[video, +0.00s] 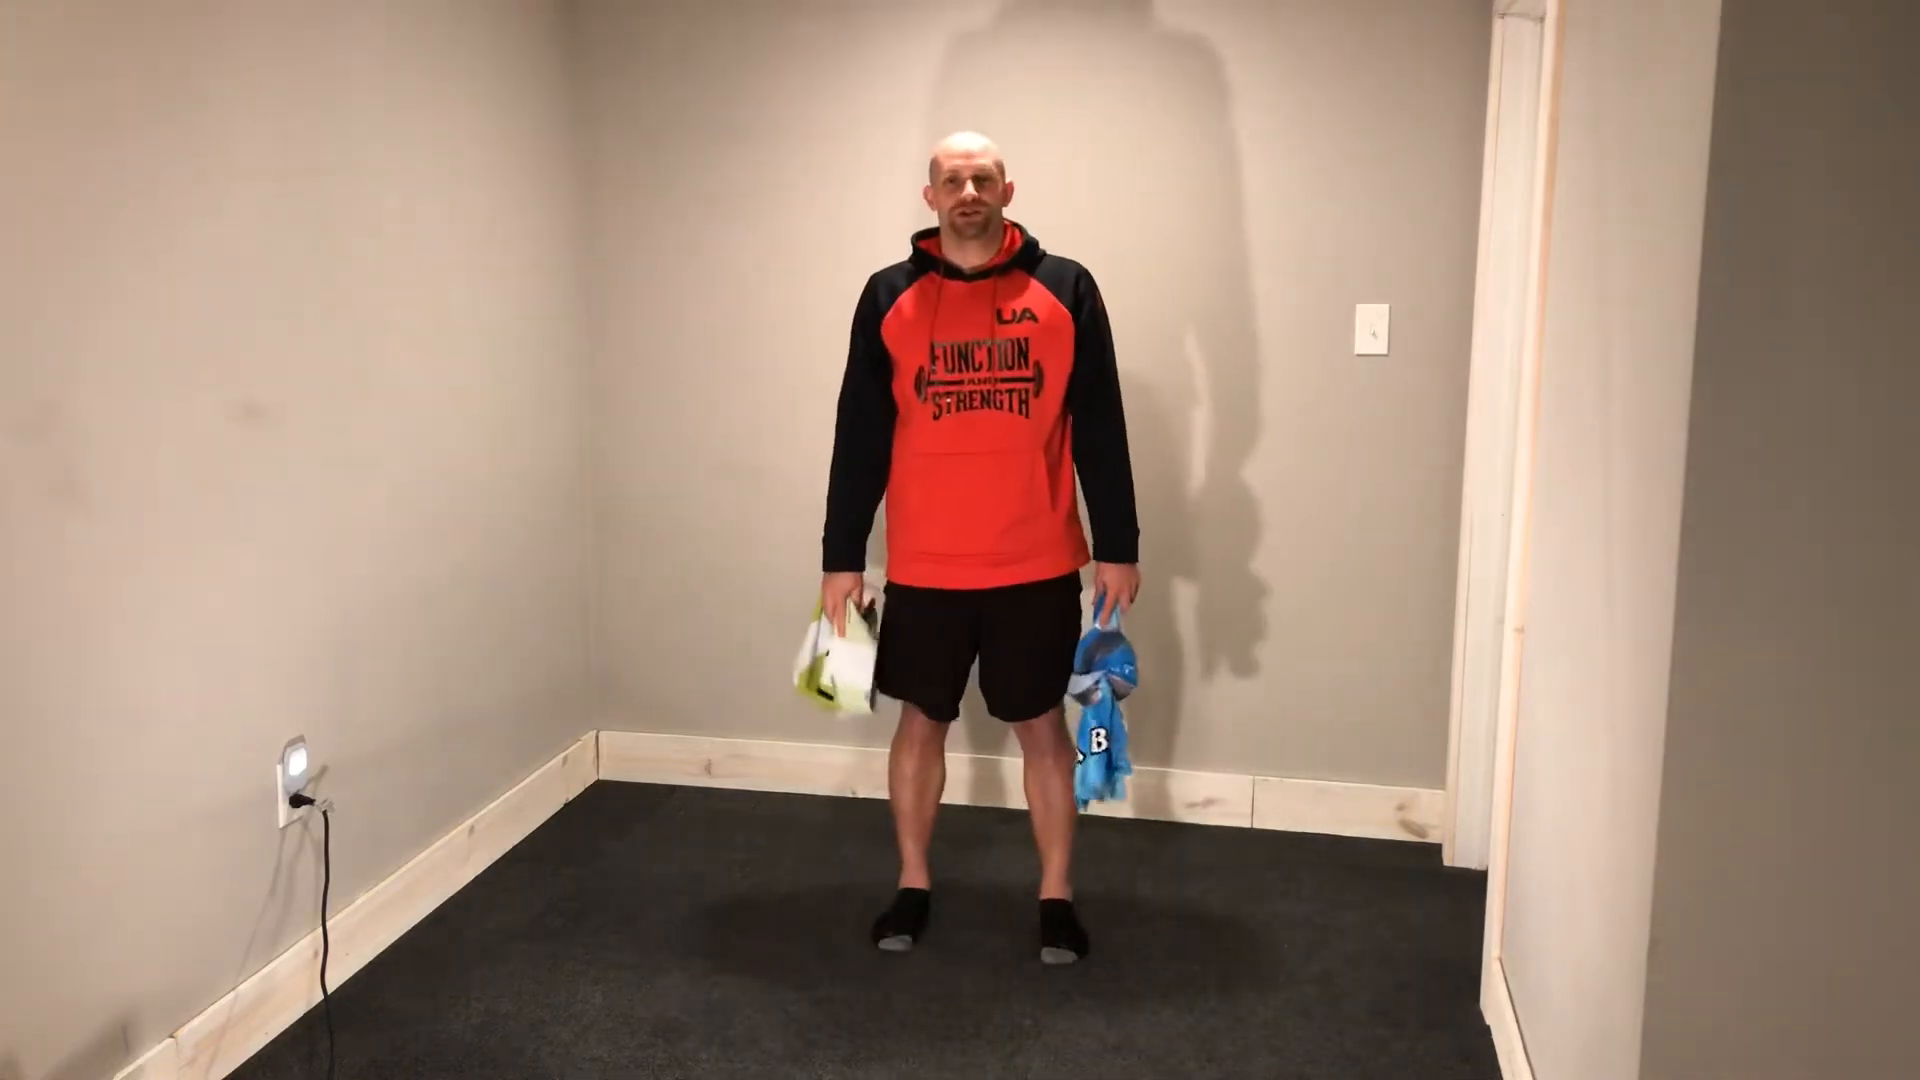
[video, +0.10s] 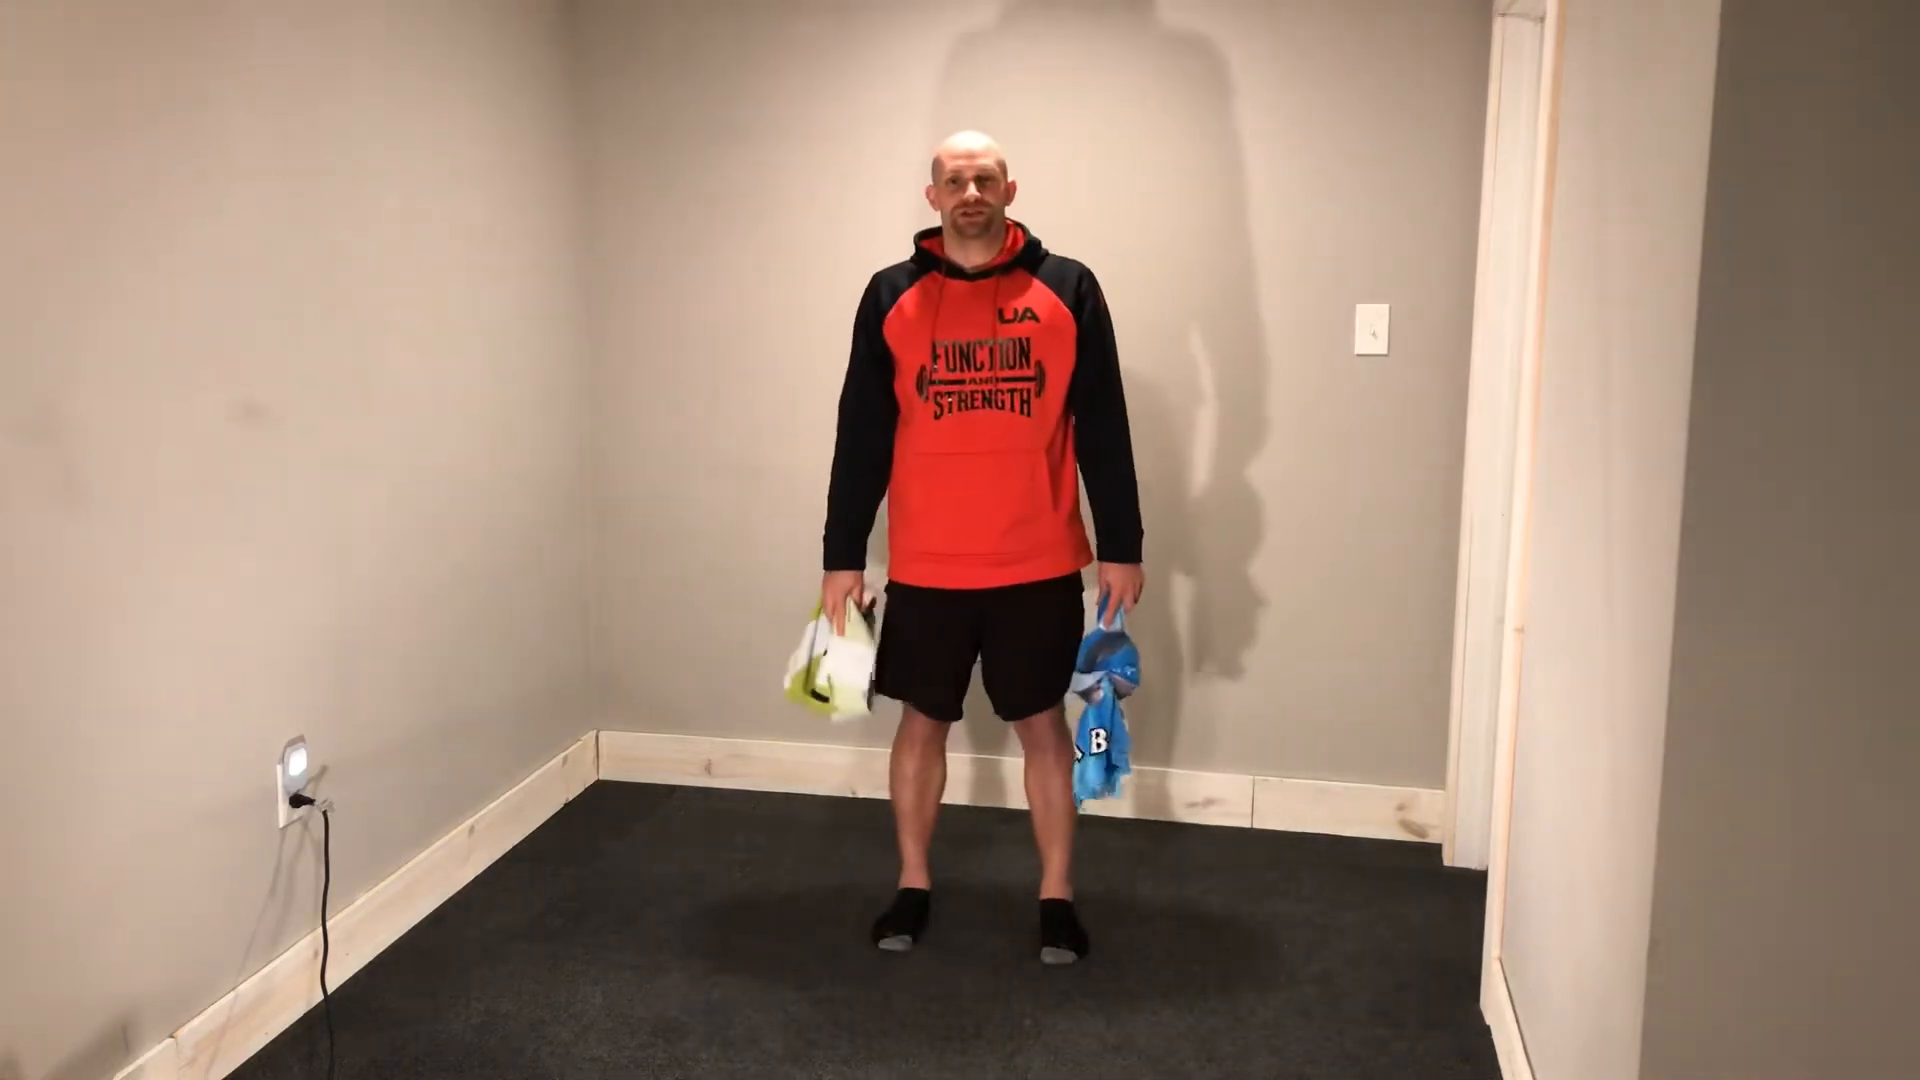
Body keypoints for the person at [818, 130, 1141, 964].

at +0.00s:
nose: (968, 191)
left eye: (981, 177)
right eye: (951, 180)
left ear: (1008, 191)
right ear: (929, 198)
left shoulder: (1065, 291)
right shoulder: (890, 297)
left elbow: (1099, 426)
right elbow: (860, 433)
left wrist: (1118, 547)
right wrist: (842, 555)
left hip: (1034, 561)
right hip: (926, 564)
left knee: (1042, 729)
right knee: (920, 724)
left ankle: (1057, 900)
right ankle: (911, 890)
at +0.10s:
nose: (969, 192)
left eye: (982, 178)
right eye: (953, 180)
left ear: (1010, 191)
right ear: (931, 197)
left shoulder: (1067, 291)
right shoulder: (892, 297)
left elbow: (1102, 425)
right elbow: (862, 434)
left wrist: (1122, 546)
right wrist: (842, 555)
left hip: (1036, 561)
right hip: (928, 564)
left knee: (1042, 725)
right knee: (921, 723)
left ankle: (1058, 899)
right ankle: (911, 889)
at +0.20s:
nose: (972, 191)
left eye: (985, 178)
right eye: (956, 180)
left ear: (1013, 190)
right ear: (934, 197)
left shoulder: (1070, 291)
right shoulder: (894, 296)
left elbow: (1105, 426)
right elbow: (864, 433)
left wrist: (1126, 547)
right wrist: (844, 555)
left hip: (1038, 560)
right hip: (930, 563)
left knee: (1045, 726)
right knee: (923, 723)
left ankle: (1058, 899)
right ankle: (911, 889)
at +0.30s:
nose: (975, 191)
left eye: (988, 178)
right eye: (958, 180)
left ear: (1014, 189)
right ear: (936, 197)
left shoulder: (1072, 291)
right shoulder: (897, 296)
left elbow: (1107, 426)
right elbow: (866, 432)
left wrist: (1127, 548)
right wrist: (847, 554)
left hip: (1041, 560)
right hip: (934, 563)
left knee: (1047, 726)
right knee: (925, 723)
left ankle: (1058, 899)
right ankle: (911, 890)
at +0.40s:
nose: (977, 194)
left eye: (990, 180)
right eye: (961, 182)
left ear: (1015, 189)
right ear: (938, 197)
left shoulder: (1074, 291)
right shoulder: (898, 297)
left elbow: (1108, 426)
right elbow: (868, 433)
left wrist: (1126, 548)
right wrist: (850, 556)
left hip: (1042, 560)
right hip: (934, 563)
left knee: (1047, 726)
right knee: (925, 724)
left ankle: (1058, 899)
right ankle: (912, 890)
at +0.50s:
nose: (978, 194)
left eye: (990, 179)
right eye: (961, 182)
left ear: (1016, 189)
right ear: (939, 196)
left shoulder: (1075, 291)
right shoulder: (899, 296)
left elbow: (1108, 425)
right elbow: (868, 433)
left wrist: (1125, 547)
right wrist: (851, 556)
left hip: (1042, 561)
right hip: (934, 564)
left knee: (1048, 727)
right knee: (924, 725)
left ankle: (1058, 898)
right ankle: (912, 889)